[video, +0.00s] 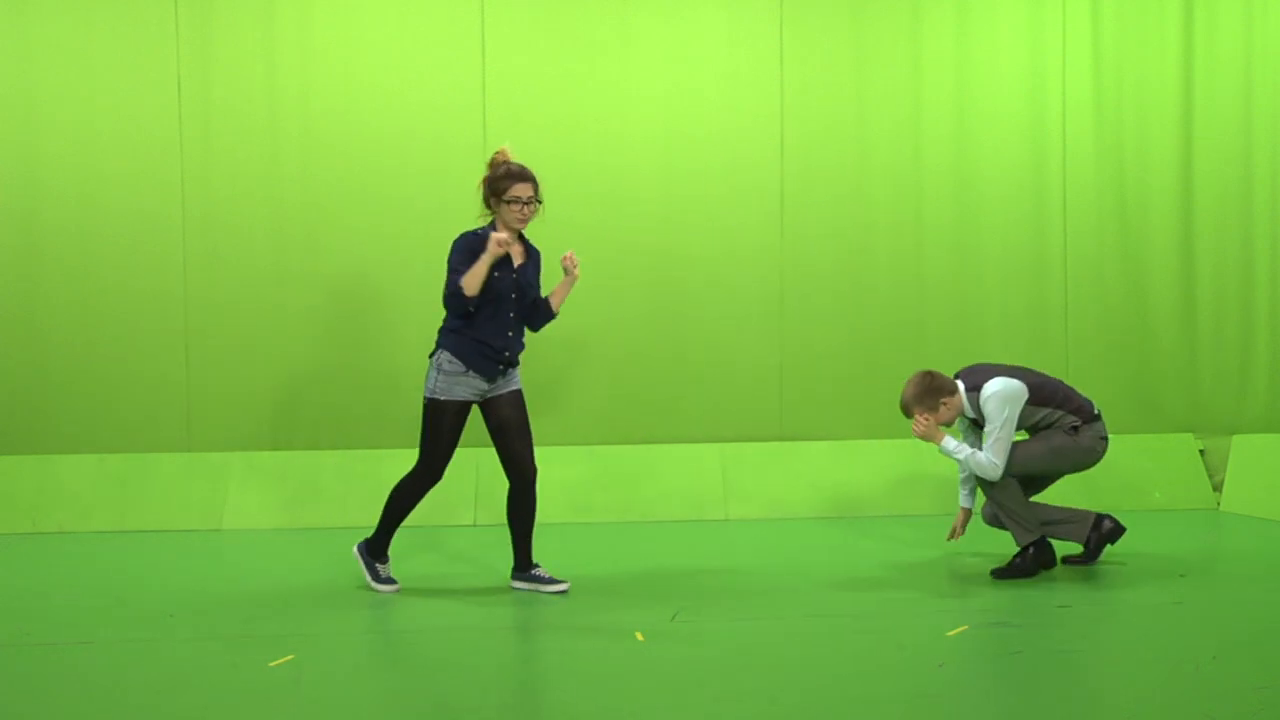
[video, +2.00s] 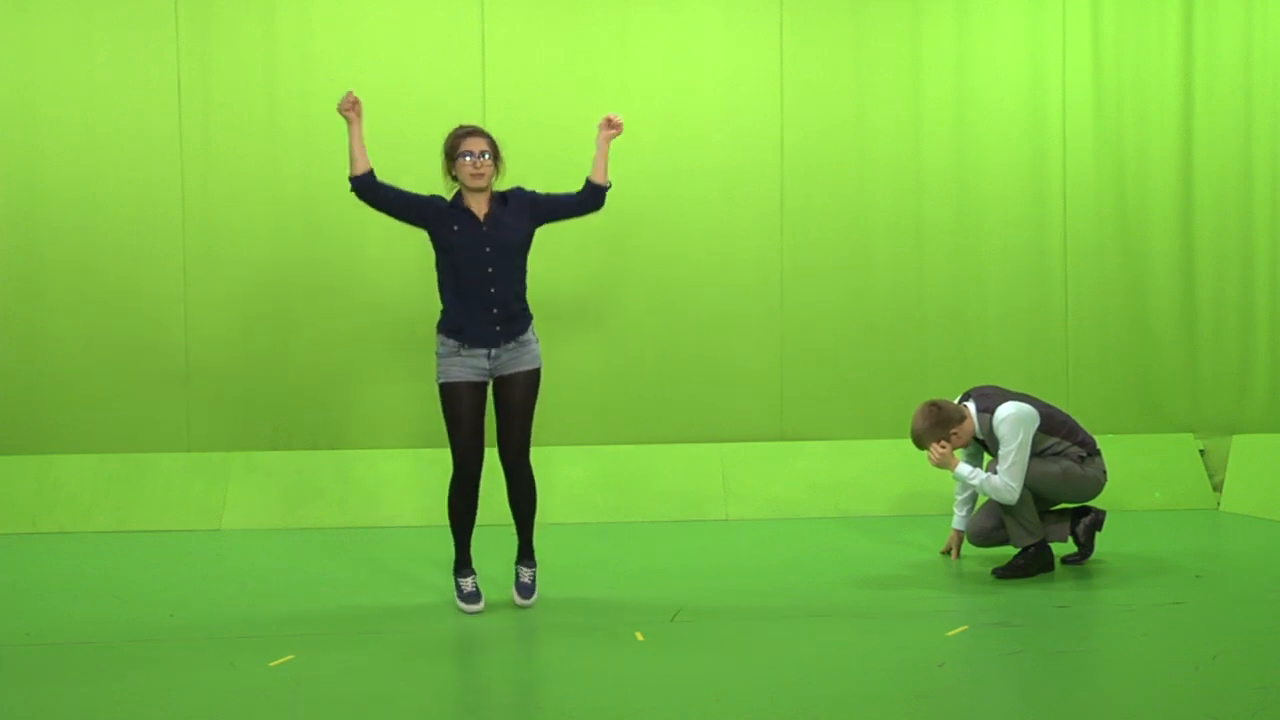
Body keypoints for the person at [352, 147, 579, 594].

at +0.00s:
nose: (524, 210)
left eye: (531, 203)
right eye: (515, 202)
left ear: (537, 206)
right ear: (495, 203)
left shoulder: (529, 254)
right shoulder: (470, 244)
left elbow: (535, 318)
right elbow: (457, 303)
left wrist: (566, 283)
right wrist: (490, 256)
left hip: (502, 372)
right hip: (456, 367)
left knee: (524, 472)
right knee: (430, 469)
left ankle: (524, 568)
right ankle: (374, 549)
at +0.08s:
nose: (513, 213)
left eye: (520, 206)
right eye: (504, 206)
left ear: (530, 209)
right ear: (488, 209)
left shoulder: (534, 259)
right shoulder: (467, 247)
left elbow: (562, 311)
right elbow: (429, 277)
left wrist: (590, 274)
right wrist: (457, 224)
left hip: (506, 377)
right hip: (455, 372)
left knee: (527, 478)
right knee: (434, 479)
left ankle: (534, 562)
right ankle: (375, 550)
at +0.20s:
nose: (501, 227)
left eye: (509, 220)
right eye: (493, 220)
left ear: (521, 227)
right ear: (479, 225)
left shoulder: (534, 276)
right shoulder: (455, 264)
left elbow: (592, 294)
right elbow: (406, 237)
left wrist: (593, 245)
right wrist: (438, 187)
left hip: (514, 395)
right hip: (461, 396)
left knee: (533, 494)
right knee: (437, 502)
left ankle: (532, 565)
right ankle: (367, 554)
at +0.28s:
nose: (496, 215)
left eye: (504, 208)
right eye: (488, 208)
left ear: (516, 214)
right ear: (475, 215)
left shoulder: (539, 262)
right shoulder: (456, 254)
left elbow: (600, 262)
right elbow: (401, 212)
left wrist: (599, 207)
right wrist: (412, 150)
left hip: (520, 387)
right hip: (464, 389)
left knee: (535, 488)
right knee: (444, 493)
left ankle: (533, 563)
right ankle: (375, 551)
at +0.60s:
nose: (480, 184)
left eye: (488, 176)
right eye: (472, 176)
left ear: (502, 178)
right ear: (460, 181)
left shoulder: (527, 209)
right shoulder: (451, 222)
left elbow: (595, 212)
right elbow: (410, 207)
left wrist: (590, 154)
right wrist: (415, 145)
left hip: (522, 352)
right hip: (468, 355)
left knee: (517, 463)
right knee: (467, 466)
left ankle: (525, 566)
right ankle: (453, 560)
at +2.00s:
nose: (477, 162)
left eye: (485, 155)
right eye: (467, 156)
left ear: (497, 164)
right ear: (452, 167)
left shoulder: (522, 207)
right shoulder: (438, 213)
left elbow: (590, 199)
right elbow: (368, 188)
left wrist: (603, 143)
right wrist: (355, 123)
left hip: (518, 348)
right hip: (460, 351)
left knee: (515, 457)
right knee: (467, 463)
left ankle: (526, 558)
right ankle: (464, 566)